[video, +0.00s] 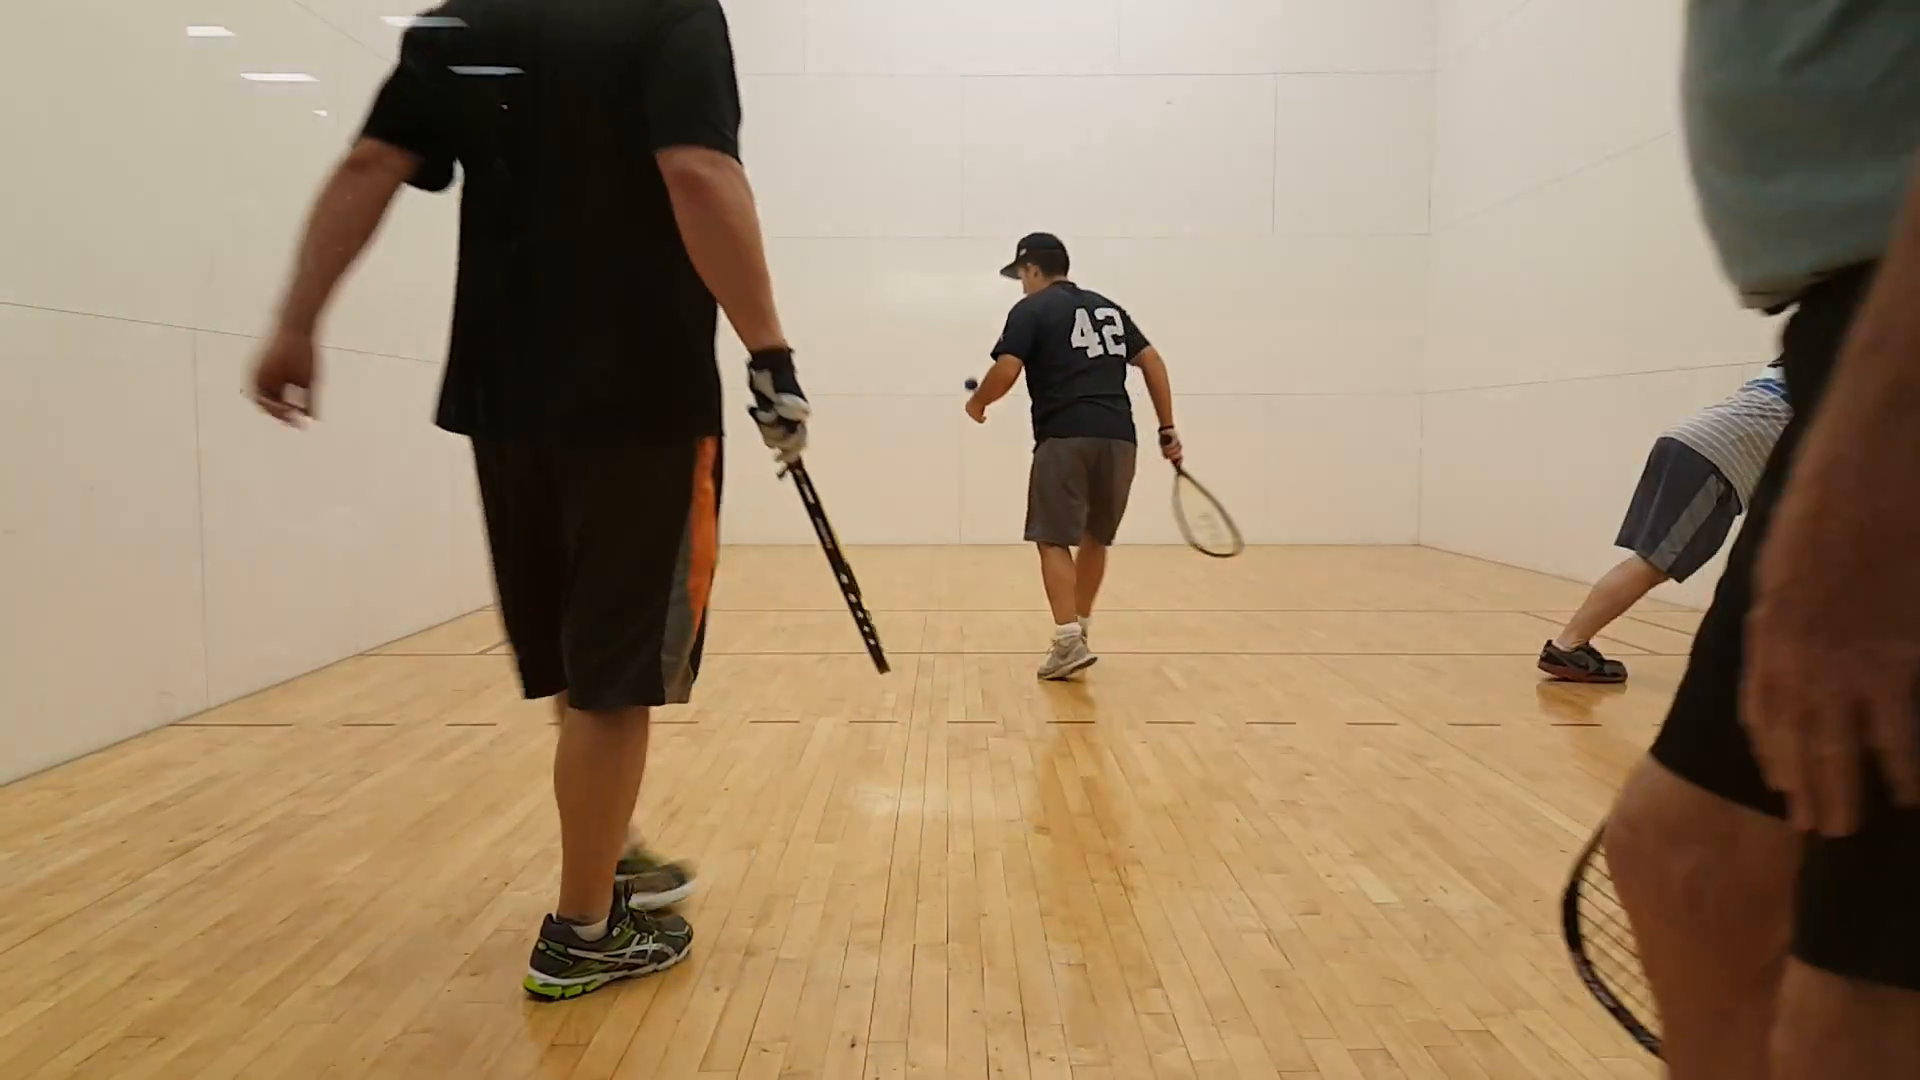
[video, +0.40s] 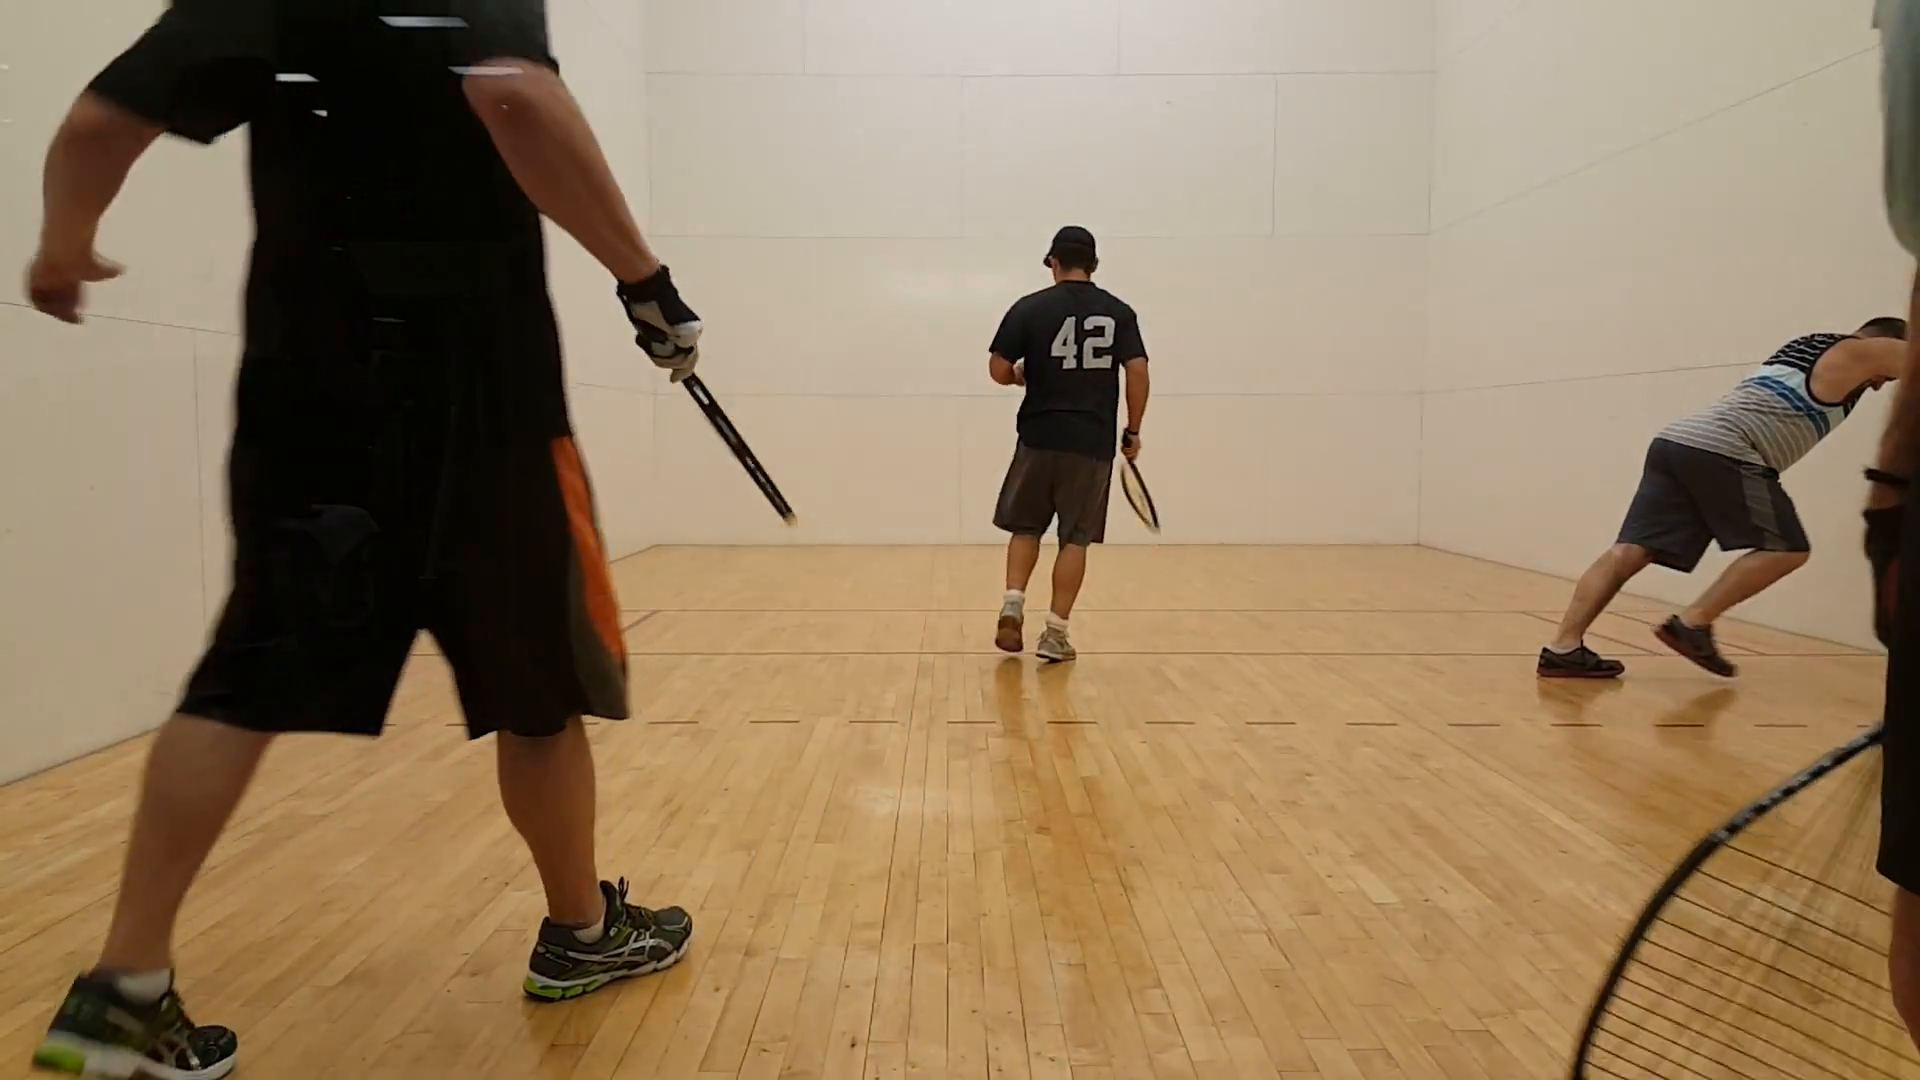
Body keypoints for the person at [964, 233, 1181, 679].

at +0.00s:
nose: (1020, 284)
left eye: (1020, 274)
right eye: (1018, 275)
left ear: (1033, 269)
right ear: (1063, 269)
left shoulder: (1031, 309)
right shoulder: (1105, 306)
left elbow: (1006, 370)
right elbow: (1151, 360)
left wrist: (979, 400)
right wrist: (1167, 426)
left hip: (1066, 438)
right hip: (1121, 440)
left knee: (1052, 539)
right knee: (1096, 538)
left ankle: (1068, 638)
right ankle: (1078, 631)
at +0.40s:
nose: (1051, 268)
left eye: (1050, 262)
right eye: (1058, 263)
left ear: (1053, 263)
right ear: (1093, 264)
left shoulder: (1030, 308)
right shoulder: (1119, 312)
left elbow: (999, 370)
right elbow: (1137, 372)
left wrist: (1021, 374)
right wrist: (1134, 429)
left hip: (1039, 443)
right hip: (1092, 447)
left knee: (1026, 526)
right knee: (1076, 538)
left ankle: (1012, 603)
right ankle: (1055, 632)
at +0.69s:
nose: (1101, 283)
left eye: (1103, 275)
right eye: (1102, 274)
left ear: (1060, 268)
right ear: (1089, 269)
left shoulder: (1028, 315)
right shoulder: (1096, 316)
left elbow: (1026, 382)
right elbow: (1109, 378)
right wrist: (1123, 391)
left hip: (1037, 443)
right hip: (1083, 446)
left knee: (1040, 535)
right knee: (1075, 534)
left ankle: (1035, 622)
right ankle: (1054, 622)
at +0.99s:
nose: (1106, 287)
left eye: (1108, 279)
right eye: (1104, 278)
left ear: (1071, 273)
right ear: (1082, 272)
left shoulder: (1043, 313)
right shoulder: (1076, 313)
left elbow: (1064, 377)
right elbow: (1068, 364)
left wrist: (1122, 386)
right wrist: (1107, 399)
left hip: (1044, 445)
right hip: (1081, 444)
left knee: (1049, 527)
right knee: (1118, 520)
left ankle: (1038, 620)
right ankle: (1079, 602)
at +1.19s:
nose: (1126, 291)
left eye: (1128, 283)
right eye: (1123, 281)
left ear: (1095, 276)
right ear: (1100, 274)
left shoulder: (1067, 314)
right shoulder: (1087, 317)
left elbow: (1098, 382)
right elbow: (1074, 371)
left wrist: (1150, 387)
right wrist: (1122, 406)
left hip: (1058, 448)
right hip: (1090, 448)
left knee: (1056, 528)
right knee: (1121, 527)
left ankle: (1039, 619)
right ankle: (1136, 618)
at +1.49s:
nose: (1184, 300)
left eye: (1187, 292)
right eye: (1184, 290)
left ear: (1158, 280)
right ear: (1165, 280)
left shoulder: (1118, 312)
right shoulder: (1147, 324)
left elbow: (1107, 377)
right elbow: (1132, 380)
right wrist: (1164, 436)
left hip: (1099, 448)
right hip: (1133, 452)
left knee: (1089, 527)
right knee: (1148, 534)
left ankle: (1048, 604)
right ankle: (1154, 620)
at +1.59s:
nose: (1203, 297)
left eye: (1206, 289)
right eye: (1202, 287)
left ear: (1175, 278)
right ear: (1184, 279)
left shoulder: (1131, 310)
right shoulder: (1167, 324)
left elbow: (1102, 368)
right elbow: (1156, 384)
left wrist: (1098, 415)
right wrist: (1193, 433)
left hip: (1115, 442)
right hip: (1149, 448)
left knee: (1112, 522)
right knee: (1153, 533)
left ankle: (1064, 592)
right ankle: (1156, 620)